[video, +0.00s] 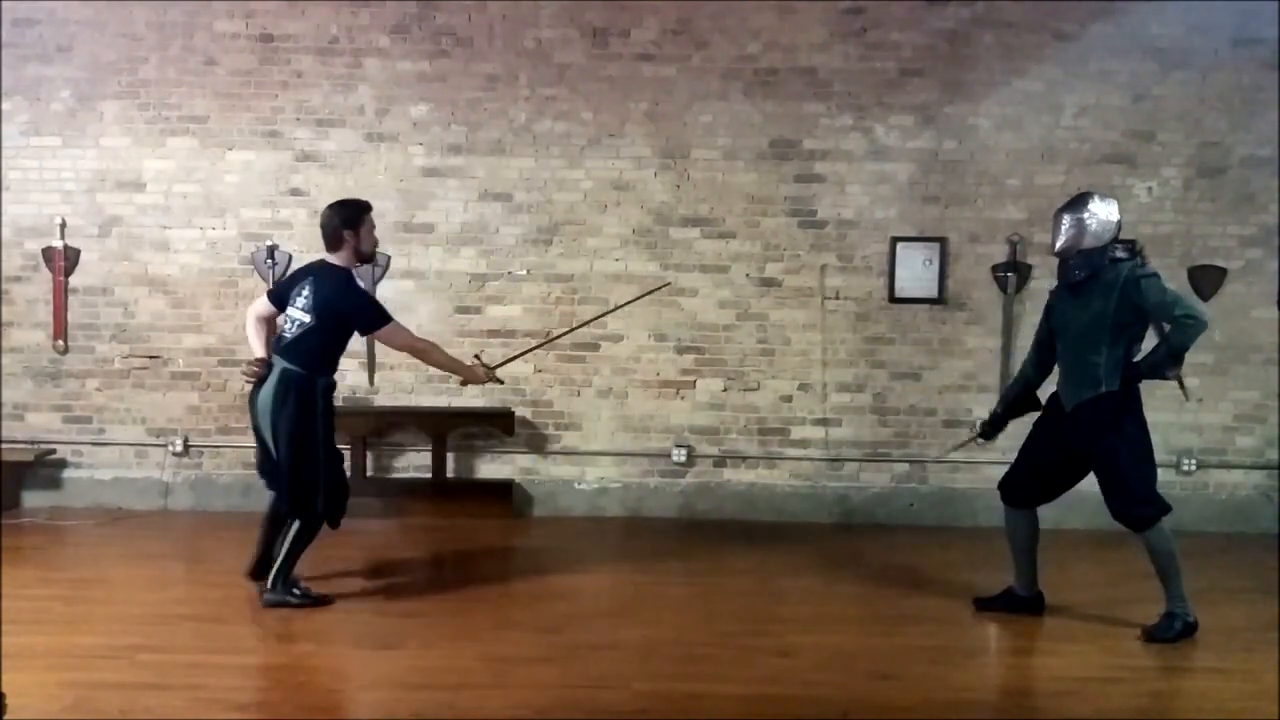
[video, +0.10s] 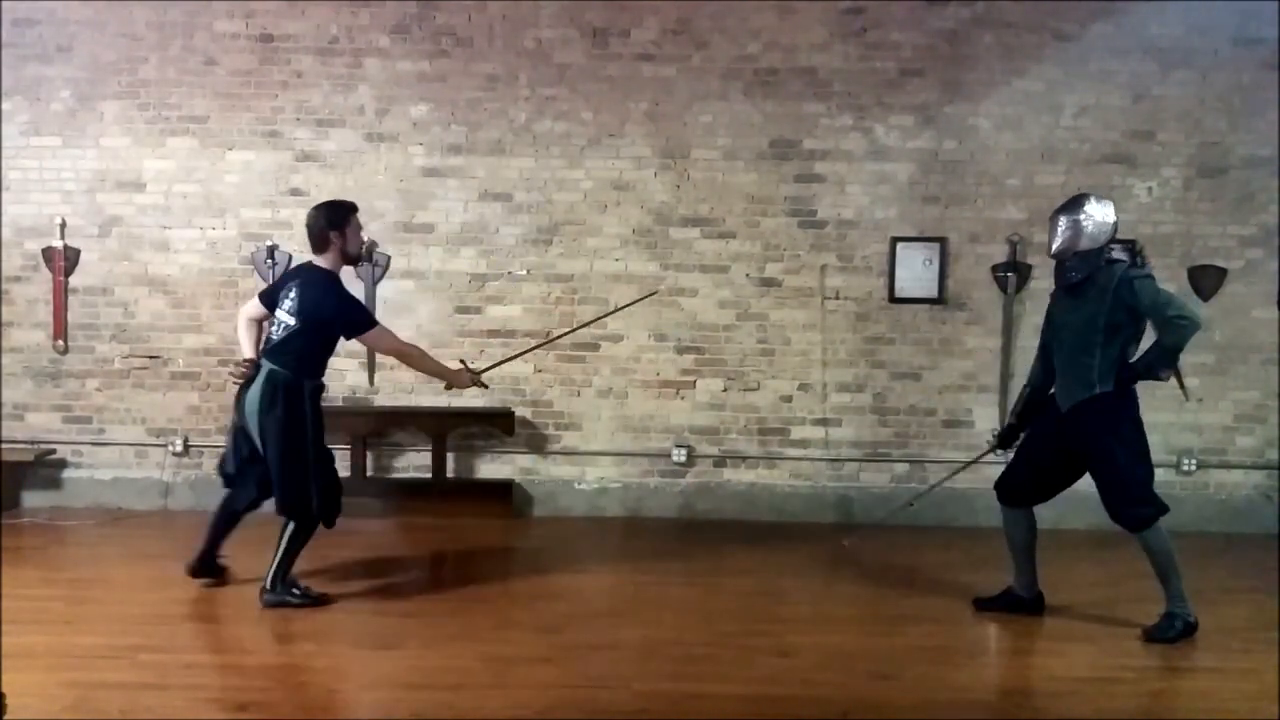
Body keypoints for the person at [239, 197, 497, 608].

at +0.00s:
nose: (376, 236)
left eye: (374, 228)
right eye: (371, 230)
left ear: (336, 238)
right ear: (350, 237)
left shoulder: (305, 274)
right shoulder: (350, 294)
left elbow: (256, 314)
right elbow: (411, 344)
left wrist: (262, 358)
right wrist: (465, 370)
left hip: (270, 389)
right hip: (299, 398)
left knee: (291, 483)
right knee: (319, 496)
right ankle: (277, 584)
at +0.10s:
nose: (363, 237)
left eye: (360, 229)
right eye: (357, 230)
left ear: (323, 239)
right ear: (335, 238)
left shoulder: (293, 278)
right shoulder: (338, 298)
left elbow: (248, 314)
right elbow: (397, 348)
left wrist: (250, 359)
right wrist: (451, 375)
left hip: (255, 392)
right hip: (287, 400)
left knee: (253, 480)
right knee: (314, 495)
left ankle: (205, 558)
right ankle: (277, 583)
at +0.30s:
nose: (340, 244)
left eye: (336, 235)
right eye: (333, 236)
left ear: (304, 246)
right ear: (312, 245)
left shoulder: (278, 285)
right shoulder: (310, 305)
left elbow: (234, 321)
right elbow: (370, 358)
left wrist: (231, 363)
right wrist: (425, 384)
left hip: (234, 397)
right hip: (266, 407)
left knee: (191, 479)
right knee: (307, 493)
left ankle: (138, 555)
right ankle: (277, 584)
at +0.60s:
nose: (305, 250)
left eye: (303, 242)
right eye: (298, 242)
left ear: (269, 251)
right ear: (277, 250)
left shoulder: (242, 293)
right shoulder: (271, 307)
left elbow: (203, 333)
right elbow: (329, 366)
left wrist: (195, 372)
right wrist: (387, 403)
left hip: (199, 405)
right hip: (233, 413)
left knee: (157, 487)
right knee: (291, 488)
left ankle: (108, 570)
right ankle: (278, 584)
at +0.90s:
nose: (281, 244)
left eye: (279, 236)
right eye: (274, 237)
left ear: (247, 245)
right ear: (249, 244)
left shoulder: (235, 291)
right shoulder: (242, 298)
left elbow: (225, 352)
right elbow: (275, 366)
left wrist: (192, 373)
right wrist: (319, 413)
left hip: (197, 405)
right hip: (218, 411)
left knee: (153, 488)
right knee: (273, 486)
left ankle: (100, 566)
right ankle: (276, 585)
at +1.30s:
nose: (277, 246)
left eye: (275, 239)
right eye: (270, 240)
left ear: (251, 247)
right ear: (243, 247)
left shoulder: (267, 300)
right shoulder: (220, 299)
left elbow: (257, 362)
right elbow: (225, 365)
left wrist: (200, 373)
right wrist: (251, 416)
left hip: (224, 406)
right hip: (208, 406)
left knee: (158, 487)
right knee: (272, 485)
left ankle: (97, 560)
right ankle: (276, 584)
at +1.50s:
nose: (306, 252)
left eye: (305, 244)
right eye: (299, 245)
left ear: (276, 252)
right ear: (273, 251)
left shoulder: (281, 300)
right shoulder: (249, 301)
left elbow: (243, 340)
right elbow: (241, 372)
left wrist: (206, 364)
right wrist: (273, 421)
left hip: (224, 405)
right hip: (219, 407)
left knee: (170, 485)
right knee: (283, 486)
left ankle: (104, 555)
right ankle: (276, 584)